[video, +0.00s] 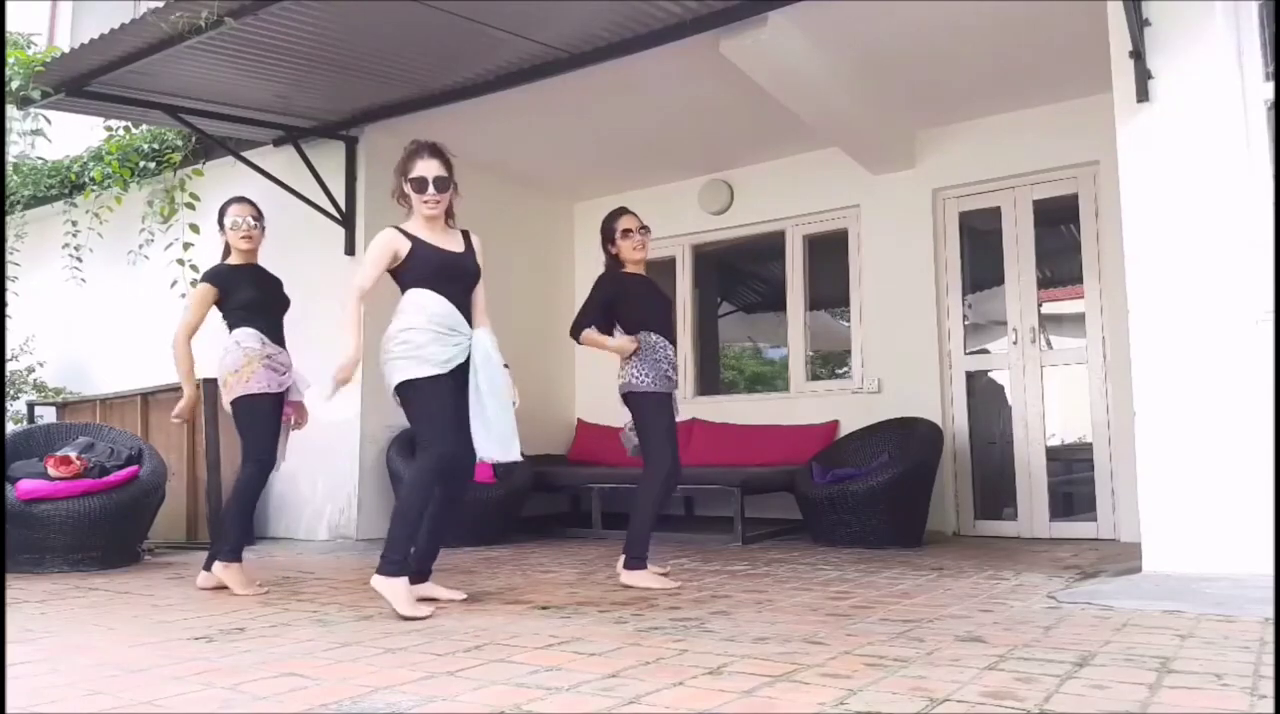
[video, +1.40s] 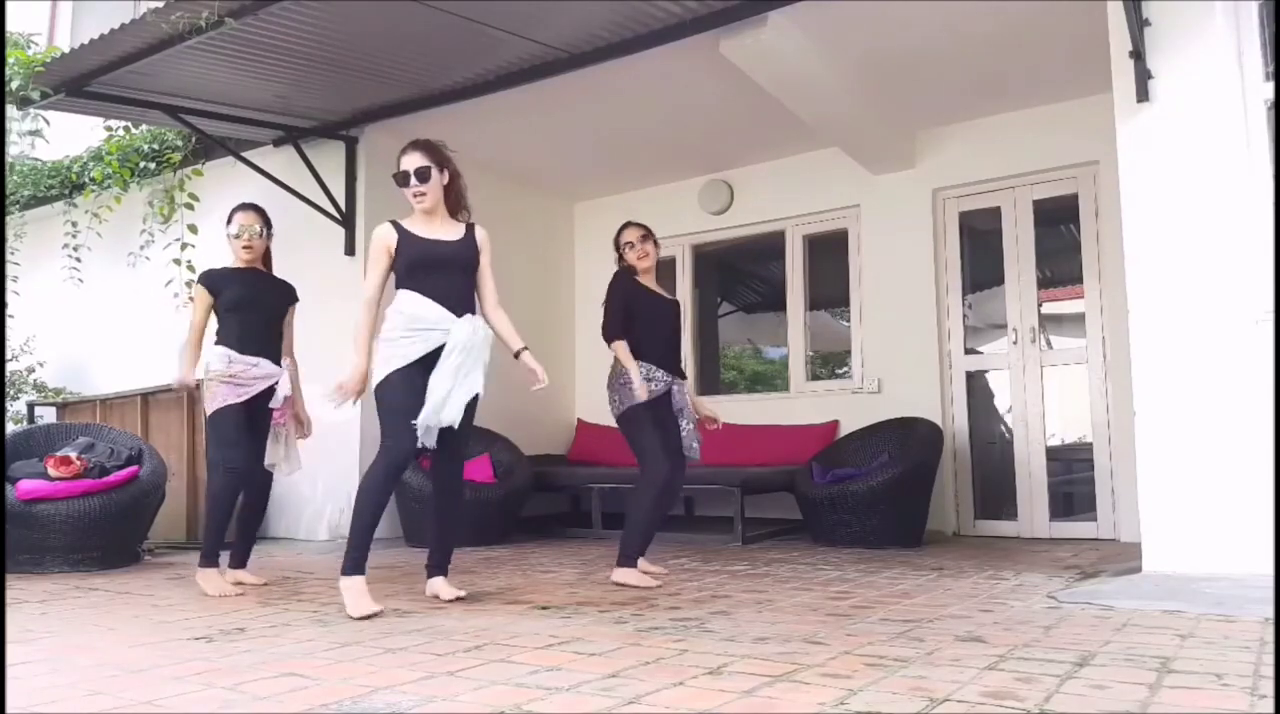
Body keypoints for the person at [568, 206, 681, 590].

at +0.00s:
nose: (638, 237)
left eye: (641, 230)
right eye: (627, 234)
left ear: (648, 237)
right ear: (612, 246)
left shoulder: (649, 281)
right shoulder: (612, 280)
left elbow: (653, 327)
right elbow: (579, 330)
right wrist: (614, 345)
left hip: (660, 384)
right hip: (642, 384)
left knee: (668, 470)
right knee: (659, 467)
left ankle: (635, 556)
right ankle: (634, 564)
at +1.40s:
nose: (639, 248)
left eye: (644, 241)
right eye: (629, 246)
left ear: (656, 245)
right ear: (622, 256)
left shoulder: (668, 298)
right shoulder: (624, 280)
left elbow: (671, 360)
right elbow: (613, 333)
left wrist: (693, 403)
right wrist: (635, 376)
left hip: (666, 390)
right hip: (633, 385)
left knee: (674, 470)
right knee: (655, 469)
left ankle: (635, 554)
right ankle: (624, 565)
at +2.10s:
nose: (622, 250)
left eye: (627, 242)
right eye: (614, 247)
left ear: (643, 243)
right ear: (610, 256)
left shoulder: (661, 296)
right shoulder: (608, 285)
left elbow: (666, 357)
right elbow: (562, 324)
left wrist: (685, 405)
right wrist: (580, 346)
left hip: (651, 392)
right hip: (614, 388)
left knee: (661, 478)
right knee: (612, 470)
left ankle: (632, 555)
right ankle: (590, 559)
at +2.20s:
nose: (627, 246)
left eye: (633, 237)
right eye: (619, 243)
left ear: (648, 240)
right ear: (616, 251)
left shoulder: (663, 295)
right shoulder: (612, 281)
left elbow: (665, 353)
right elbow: (567, 322)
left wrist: (681, 402)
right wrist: (573, 364)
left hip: (654, 389)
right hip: (616, 386)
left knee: (662, 473)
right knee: (619, 468)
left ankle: (646, 552)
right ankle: (595, 562)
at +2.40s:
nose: (636, 256)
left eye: (643, 249)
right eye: (628, 251)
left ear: (657, 253)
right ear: (622, 260)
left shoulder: (672, 308)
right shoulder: (612, 293)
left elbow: (679, 362)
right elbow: (596, 345)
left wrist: (701, 410)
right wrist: (597, 394)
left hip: (665, 397)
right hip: (622, 395)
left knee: (665, 477)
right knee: (612, 472)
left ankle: (660, 554)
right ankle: (601, 559)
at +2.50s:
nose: (638, 263)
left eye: (646, 257)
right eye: (631, 257)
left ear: (657, 265)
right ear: (623, 264)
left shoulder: (668, 312)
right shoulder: (610, 300)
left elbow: (685, 364)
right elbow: (598, 350)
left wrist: (716, 409)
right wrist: (614, 360)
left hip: (670, 398)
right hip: (631, 398)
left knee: (662, 479)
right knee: (601, 467)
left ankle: (659, 556)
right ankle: (595, 558)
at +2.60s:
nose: (640, 266)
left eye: (648, 261)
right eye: (633, 259)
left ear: (658, 269)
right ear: (624, 267)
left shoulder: (665, 311)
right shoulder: (616, 309)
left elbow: (689, 361)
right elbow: (605, 364)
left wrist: (723, 406)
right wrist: (602, 338)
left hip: (668, 398)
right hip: (632, 398)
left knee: (660, 481)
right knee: (589, 464)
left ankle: (660, 555)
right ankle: (601, 554)